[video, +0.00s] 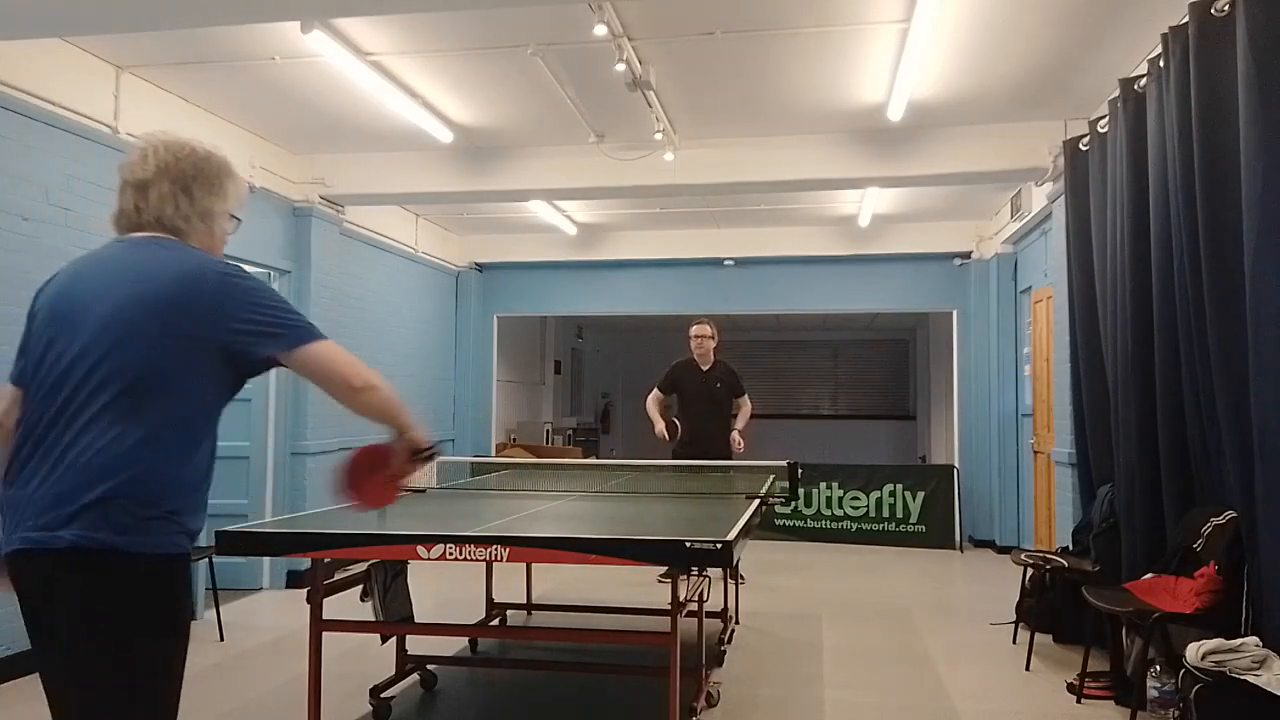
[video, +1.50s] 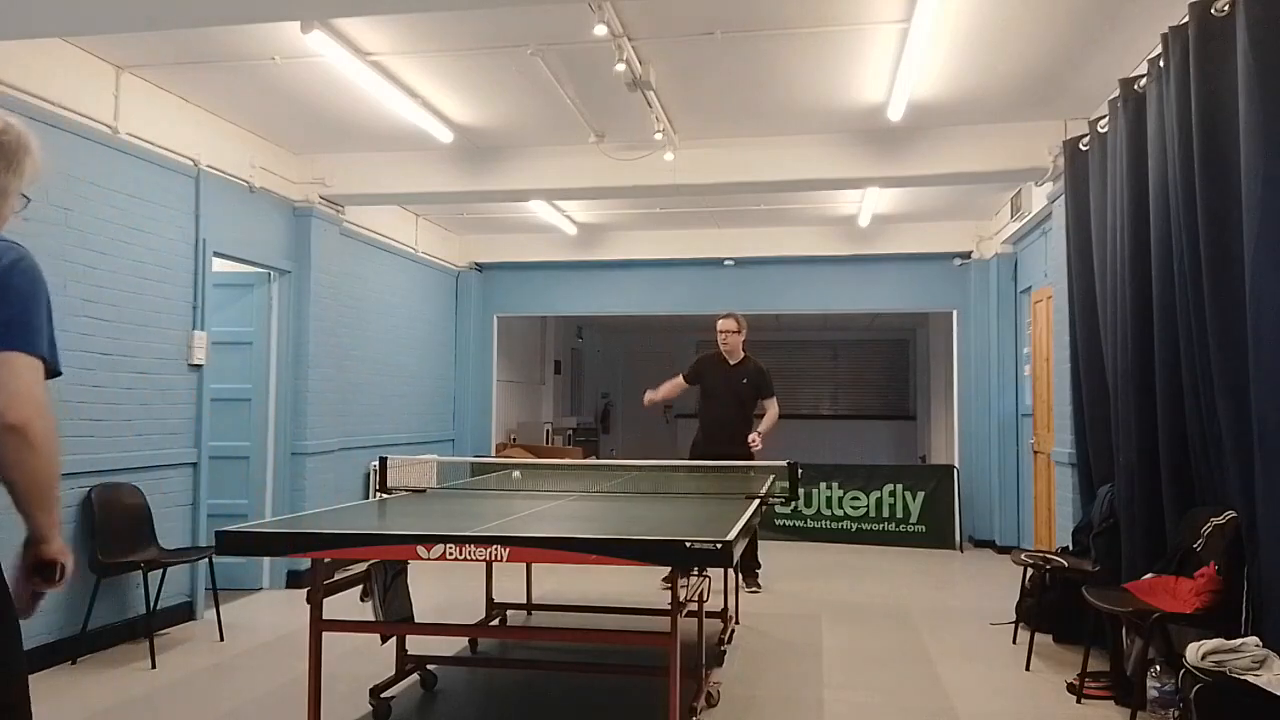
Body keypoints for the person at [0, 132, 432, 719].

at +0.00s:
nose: (232, 236)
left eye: (235, 222)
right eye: (230, 220)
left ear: (138, 205)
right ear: (199, 212)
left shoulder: (61, 285)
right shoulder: (215, 284)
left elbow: (9, 418)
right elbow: (357, 384)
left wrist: (9, 529)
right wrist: (409, 430)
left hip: (35, 551)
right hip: (131, 552)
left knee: (77, 708)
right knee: (140, 707)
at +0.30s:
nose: (221, 225)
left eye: (223, 210)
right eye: (218, 208)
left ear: (124, 198)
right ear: (188, 202)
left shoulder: (52, 280)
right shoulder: (212, 276)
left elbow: (10, 420)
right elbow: (331, 383)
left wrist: (11, 529)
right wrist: (399, 407)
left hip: (43, 547)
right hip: (146, 549)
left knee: (69, 709)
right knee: (148, 708)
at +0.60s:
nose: (168, 210)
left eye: (170, 195)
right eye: (165, 193)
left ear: (59, 184)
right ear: (134, 189)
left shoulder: (10, 261)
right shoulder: (152, 272)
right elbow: (224, 428)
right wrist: (283, 495)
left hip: (7, 551)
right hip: (93, 561)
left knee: (17, 703)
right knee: (93, 707)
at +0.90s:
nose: (117, 186)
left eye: (119, 170)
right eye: (113, 168)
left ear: (13, 160)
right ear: (79, 166)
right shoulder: (89, 251)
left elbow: (142, 411)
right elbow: (141, 411)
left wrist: (214, 510)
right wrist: (217, 511)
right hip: (41, 560)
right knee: (49, 706)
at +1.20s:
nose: (75, 207)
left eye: (78, 193)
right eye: (74, 190)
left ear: (12, 175)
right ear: (44, 180)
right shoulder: (45, 260)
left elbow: (67, 412)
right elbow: (73, 413)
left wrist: (40, 546)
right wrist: (101, 531)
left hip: (13, 554)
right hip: (7, 554)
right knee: (13, 704)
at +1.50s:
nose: (17, 210)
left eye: (20, 198)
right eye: (18, 196)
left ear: (13, 191)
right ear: (6, 188)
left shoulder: (17, 265)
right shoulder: (11, 263)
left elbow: (20, 413)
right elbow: (18, 415)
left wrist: (41, 533)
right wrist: (44, 533)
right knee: (11, 699)